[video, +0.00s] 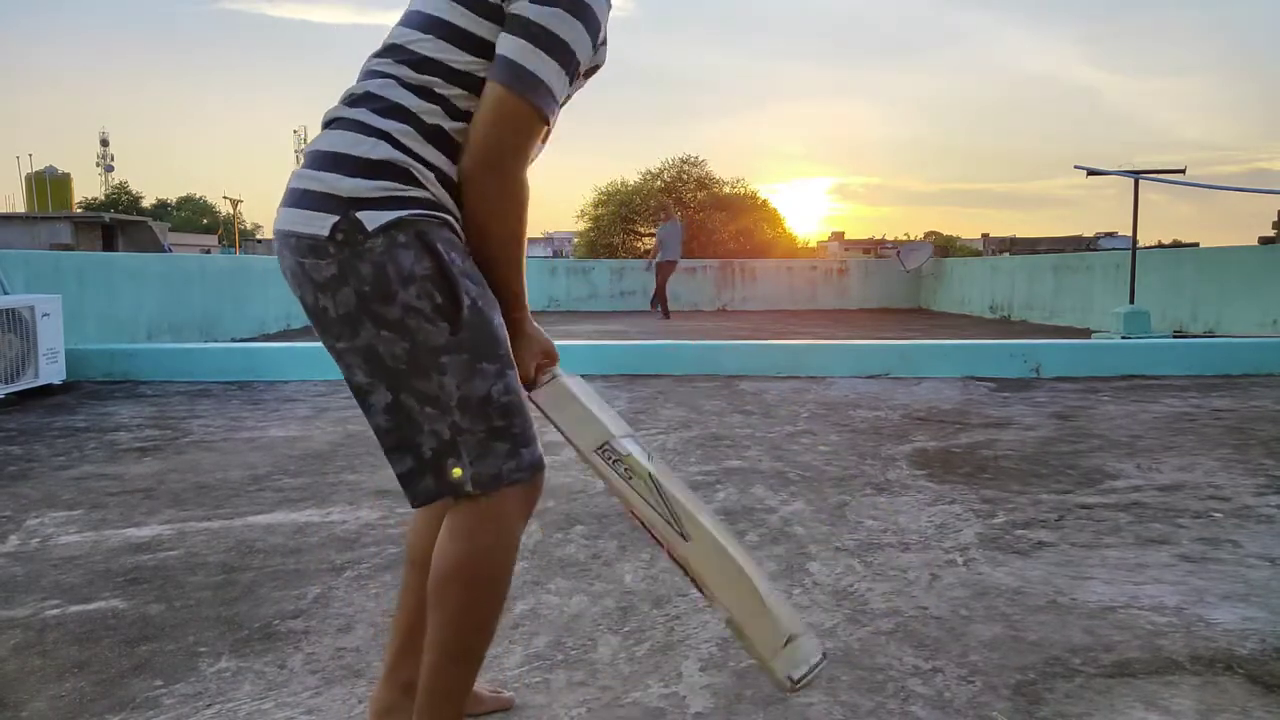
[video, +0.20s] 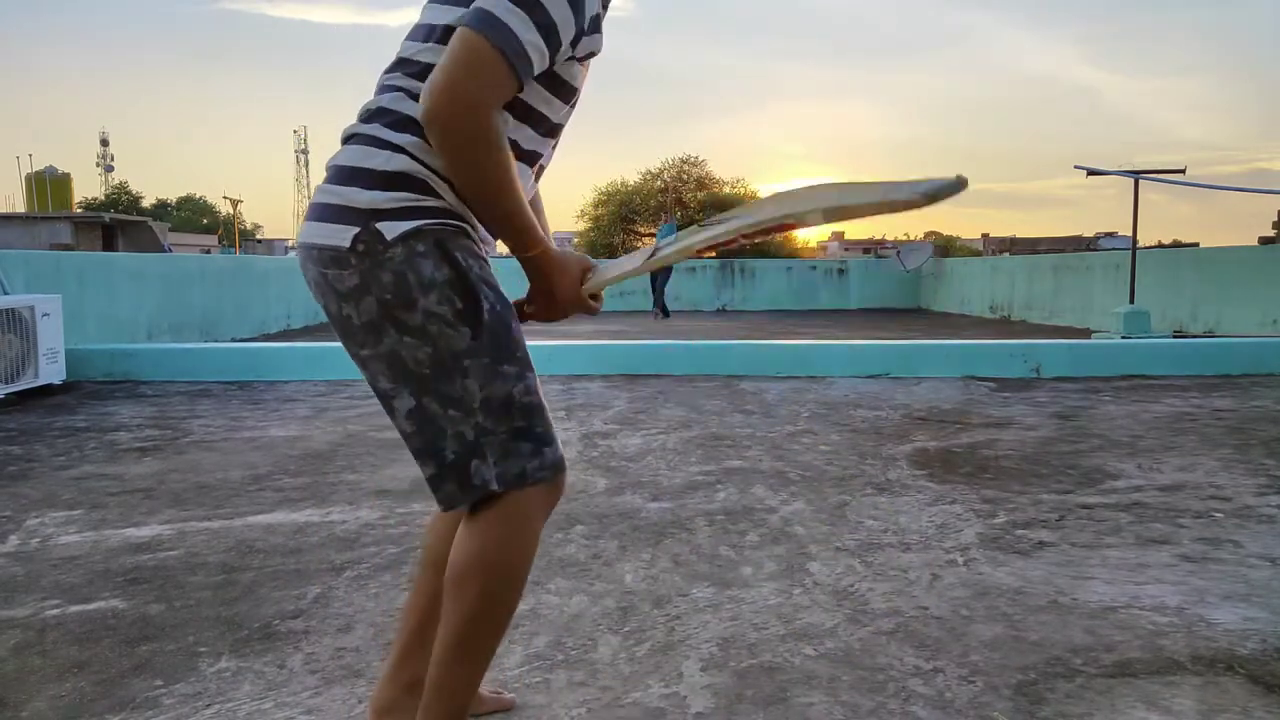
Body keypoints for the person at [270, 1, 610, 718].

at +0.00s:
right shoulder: (569, 7)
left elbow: (465, 167)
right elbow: (490, 168)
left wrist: (502, 320)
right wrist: (516, 322)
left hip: (327, 215)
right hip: (381, 216)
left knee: (449, 483)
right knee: (503, 477)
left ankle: (403, 689)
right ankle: (441, 701)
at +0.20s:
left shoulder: (559, 18)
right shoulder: (561, 2)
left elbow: (492, 146)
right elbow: (455, 106)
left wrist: (546, 259)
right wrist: (540, 258)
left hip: (362, 229)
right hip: (399, 228)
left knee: (476, 481)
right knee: (525, 476)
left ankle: (406, 688)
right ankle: (444, 703)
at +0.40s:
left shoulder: (583, 20)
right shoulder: (569, 5)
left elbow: (511, 154)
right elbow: (446, 103)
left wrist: (551, 262)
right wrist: (517, 248)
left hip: (374, 234)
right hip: (409, 233)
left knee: (490, 469)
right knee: (551, 461)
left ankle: (404, 684)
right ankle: (448, 700)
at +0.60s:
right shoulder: (611, 8)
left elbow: (504, 147)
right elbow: (491, 117)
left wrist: (540, 262)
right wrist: (529, 263)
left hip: (380, 232)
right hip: (422, 234)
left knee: (486, 484)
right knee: (536, 475)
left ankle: (400, 693)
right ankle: (438, 702)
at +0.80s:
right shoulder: (632, 2)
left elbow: (512, 136)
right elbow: (536, 9)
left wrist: (589, 231)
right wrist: (621, 169)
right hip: (438, 219)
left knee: (553, 405)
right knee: (529, 474)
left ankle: (518, 643)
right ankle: (437, 706)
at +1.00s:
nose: (699, 10)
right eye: (692, 12)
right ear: (678, 0)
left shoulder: (575, 21)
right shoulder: (656, 2)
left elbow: (634, 127)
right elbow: (587, 104)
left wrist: (711, 220)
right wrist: (706, 228)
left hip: (412, 247)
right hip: (497, 250)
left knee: (545, 456)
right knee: (560, 494)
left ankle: (622, 612)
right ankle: (434, 708)